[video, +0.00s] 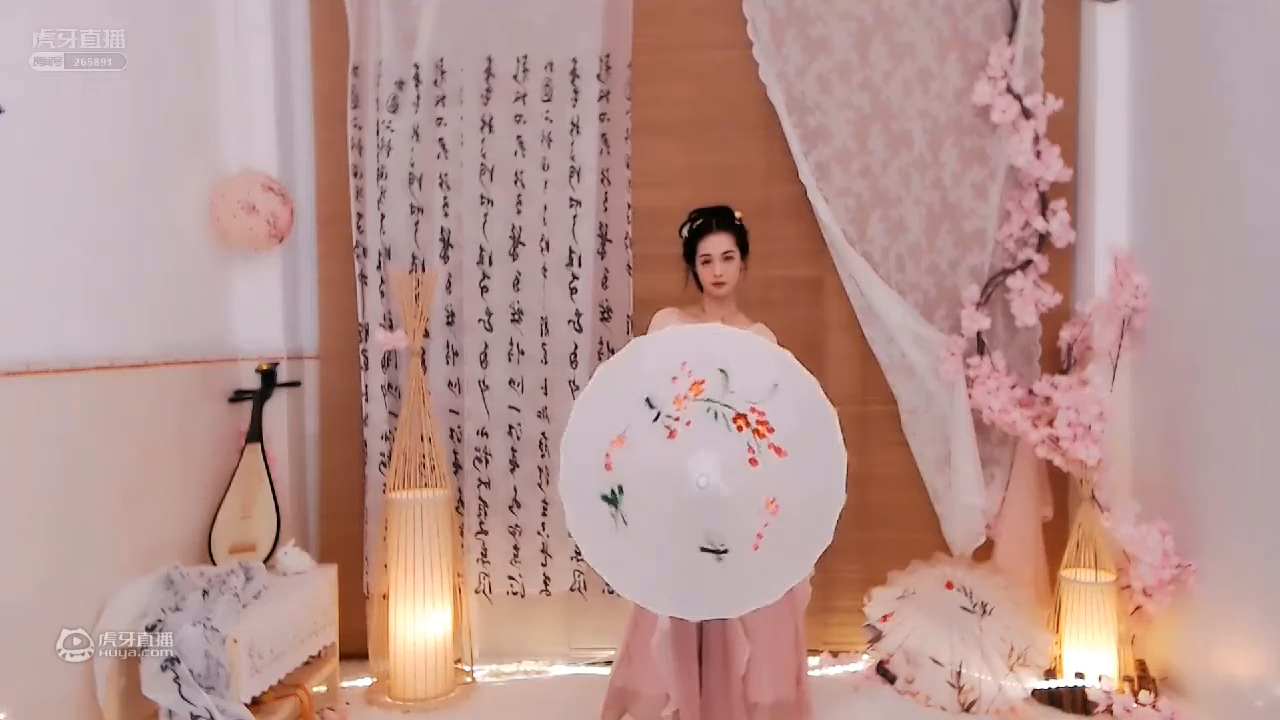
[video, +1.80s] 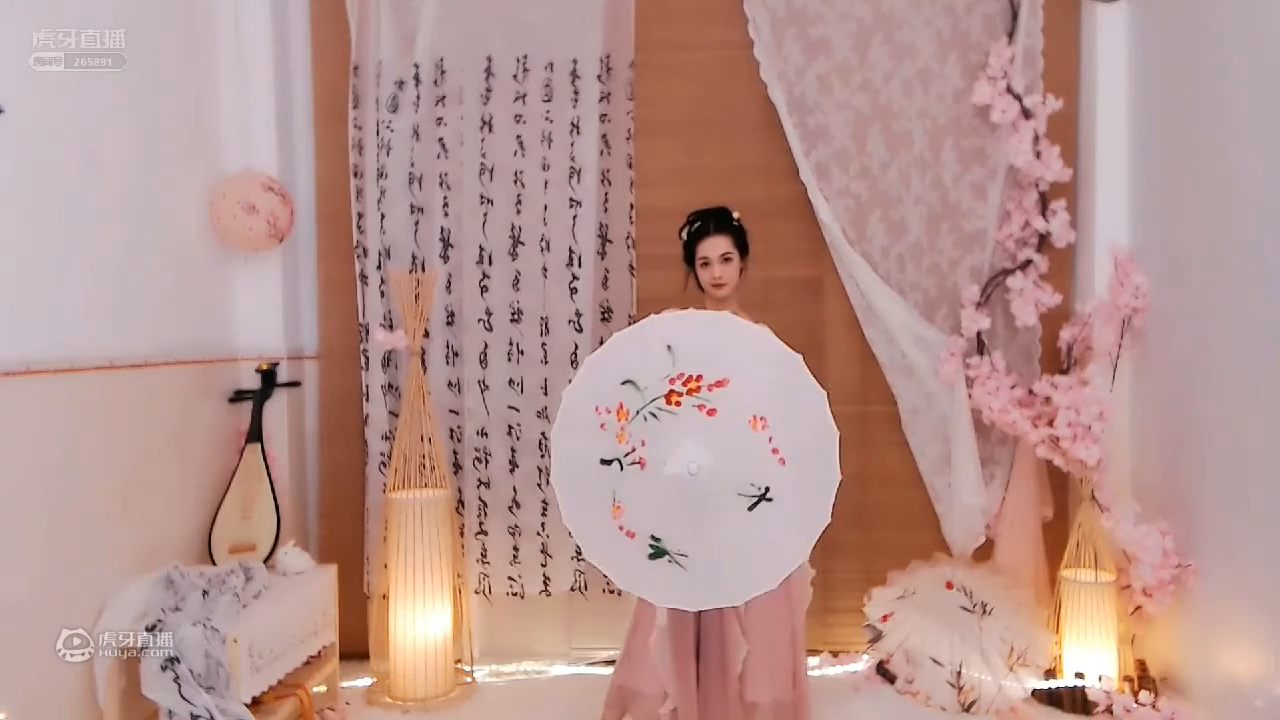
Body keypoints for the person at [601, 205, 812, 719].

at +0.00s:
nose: (717, 270)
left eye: (727, 257)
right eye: (706, 260)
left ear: (743, 262)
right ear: (692, 266)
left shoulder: (760, 335)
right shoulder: (669, 323)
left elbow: (779, 424)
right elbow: (649, 410)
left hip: (744, 489)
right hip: (680, 486)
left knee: (743, 607)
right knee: (678, 606)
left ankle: (741, 710)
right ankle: (678, 711)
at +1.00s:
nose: (719, 271)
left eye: (729, 258)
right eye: (708, 260)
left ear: (745, 263)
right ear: (695, 267)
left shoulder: (764, 340)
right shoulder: (672, 337)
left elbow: (789, 431)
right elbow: (646, 420)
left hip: (752, 493)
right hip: (684, 492)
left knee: (750, 612)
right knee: (683, 613)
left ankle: (749, 710)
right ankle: (679, 711)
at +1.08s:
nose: (718, 271)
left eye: (728, 258)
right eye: (707, 261)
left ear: (745, 263)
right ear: (694, 267)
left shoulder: (764, 343)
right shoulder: (673, 334)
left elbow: (793, 430)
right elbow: (640, 415)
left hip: (752, 495)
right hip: (682, 495)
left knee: (749, 614)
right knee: (682, 614)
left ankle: (748, 711)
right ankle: (679, 712)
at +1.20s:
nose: (718, 271)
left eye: (728, 258)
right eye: (707, 261)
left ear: (744, 263)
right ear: (694, 267)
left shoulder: (766, 343)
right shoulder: (671, 333)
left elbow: (796, 430)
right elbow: (635, 415)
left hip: (752, 499)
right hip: (682, 498)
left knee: (750, 618)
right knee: (681, 620)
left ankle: (747, 712)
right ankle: (677, 713)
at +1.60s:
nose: (716, 272)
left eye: (726, 259)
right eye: (705, 262)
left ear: (742, 263)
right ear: (693, 268)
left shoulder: (761, 339)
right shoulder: (674, 333)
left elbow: (786, 427)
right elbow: (649, 418)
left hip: (747, 490)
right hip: (685, 486)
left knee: (746, 604)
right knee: (681, 604)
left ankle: (745, 710)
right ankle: (678, 711)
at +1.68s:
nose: (716, 271)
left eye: (726, 259)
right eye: (705, 261)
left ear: (742, 263)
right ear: (693, 268)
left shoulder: (760, 337)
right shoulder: (672, 334)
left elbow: (785, 427)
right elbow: (647, 417)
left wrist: (786, 511)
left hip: (746, 492)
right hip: (683, 489)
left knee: (745, 608)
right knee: (680, 608)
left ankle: (744, 710)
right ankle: (677, 711)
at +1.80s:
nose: (716, 272)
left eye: (726, 259)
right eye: (705, 262)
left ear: (742, 264)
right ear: (692, 268)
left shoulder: (759, 338)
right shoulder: (671, 333)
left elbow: (783, 427)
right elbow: (644, 417)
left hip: (744, 490)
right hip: (682, 487)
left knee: (743, 606)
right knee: (679, 605)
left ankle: (743, 710)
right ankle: (676, 710)